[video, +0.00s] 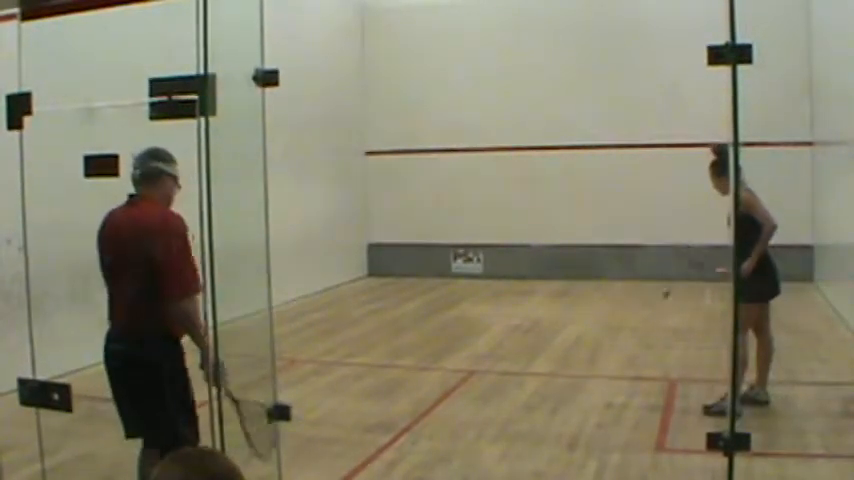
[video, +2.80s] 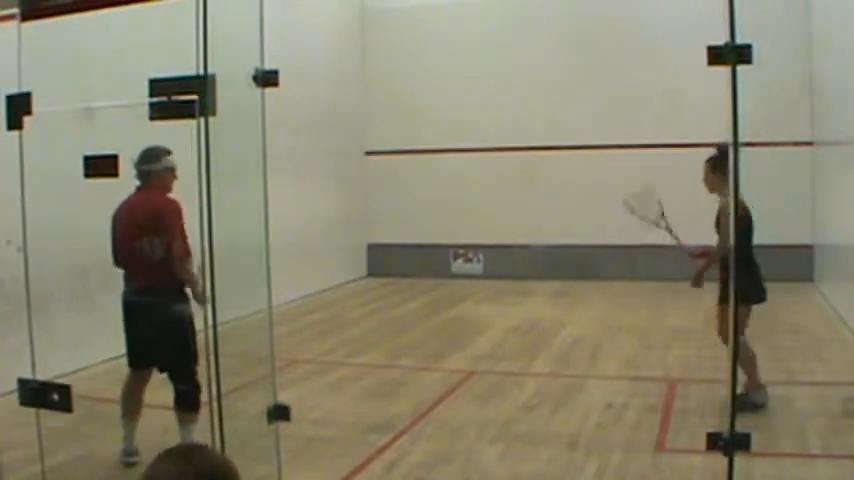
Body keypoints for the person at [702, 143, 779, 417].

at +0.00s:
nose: (716, 187)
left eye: (716, 182)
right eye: (714, 182)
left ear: (725, 177)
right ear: (727, 176)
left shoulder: (745, 197)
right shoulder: (740, 198)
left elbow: (769, 225)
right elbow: (751, 235)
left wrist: (751, 260)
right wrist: (737, 264)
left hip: (752, 276)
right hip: (756, 275)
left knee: (738, 334)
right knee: (762, 332)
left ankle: (733, 393)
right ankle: (759, 388)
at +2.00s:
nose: (720, 181)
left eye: (721, 176)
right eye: (720, 176)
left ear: (730, 174)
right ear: (738, 172)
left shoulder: (749, 197)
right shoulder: (742, 198)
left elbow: (773, 229)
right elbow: (751, 239)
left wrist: (751, 261)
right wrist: (734, 266)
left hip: (753, 278)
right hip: (757, 276)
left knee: (738, 334)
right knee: (763, 332)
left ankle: (733, 394)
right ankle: (760, 388)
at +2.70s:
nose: (710, 181)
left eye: (712, 175)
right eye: (710, 175)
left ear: (722, 175)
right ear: (726, 174)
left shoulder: (738, 204)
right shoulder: (735, 203)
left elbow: (738, 244)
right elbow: (735, 244)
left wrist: (719, 267)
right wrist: (720, 266)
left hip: (746, 277)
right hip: (745, 276)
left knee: (739, 333)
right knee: (746, 332)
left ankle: (756, 389)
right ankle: (756, 387)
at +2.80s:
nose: (704, 182)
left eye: (707, 176)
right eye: (705, 176)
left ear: (719, 176)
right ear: (721, 176)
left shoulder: (731, 210)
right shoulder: (730, 208)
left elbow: (728, 250)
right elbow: (728, 247)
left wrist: (702, 272)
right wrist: (705, 253)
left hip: (741, 279)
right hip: (734, 277)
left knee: (732, 333)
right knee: (727, 332)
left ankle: (755, 388)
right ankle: (754, 385)